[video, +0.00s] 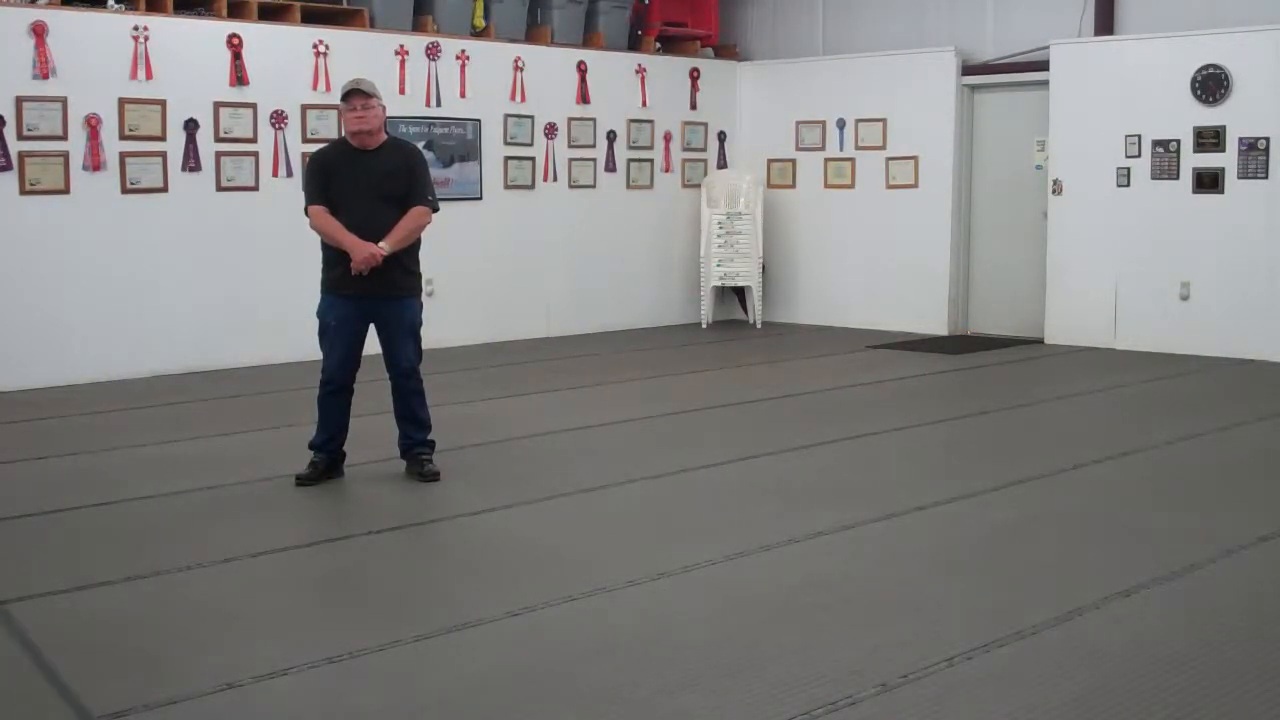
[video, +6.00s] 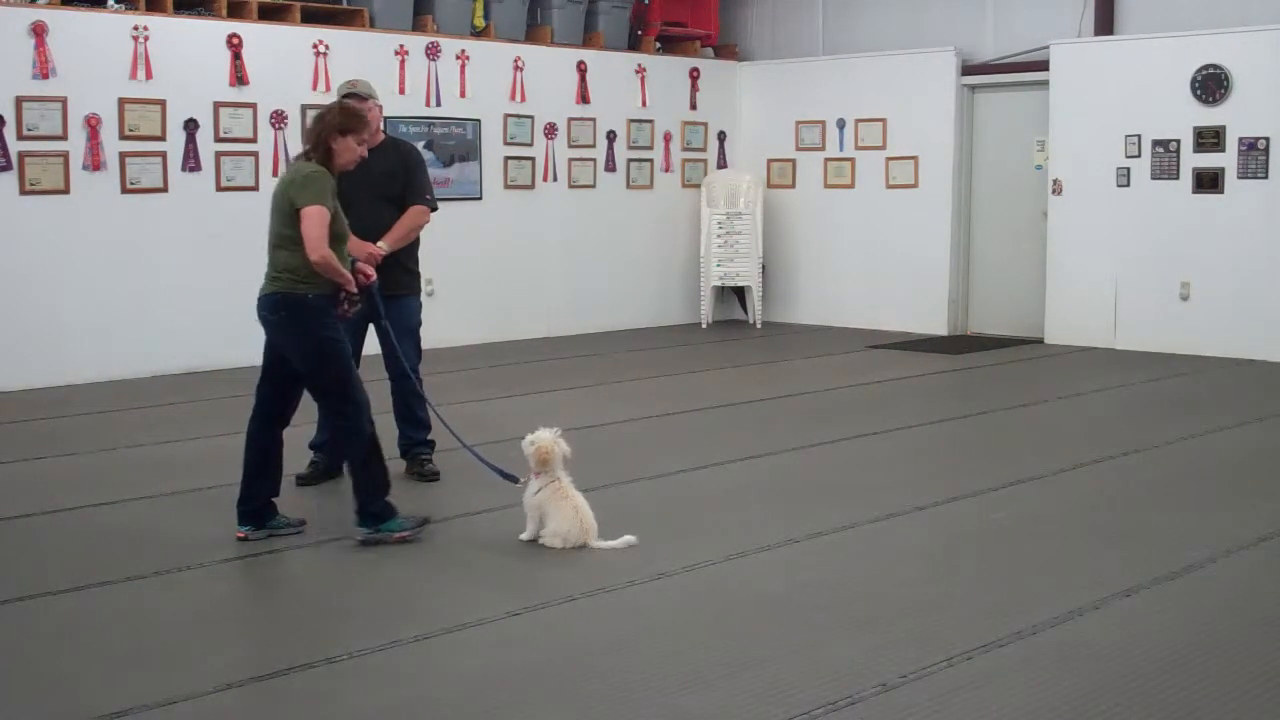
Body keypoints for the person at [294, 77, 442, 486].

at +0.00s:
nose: (359, 114)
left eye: (366, 107)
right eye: (351, 109)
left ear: (382, 111)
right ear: (341, 117)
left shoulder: (407, 155)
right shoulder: (323, 161)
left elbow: (422, 213)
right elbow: (317, 215)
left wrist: (379, 250)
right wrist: (355, 246)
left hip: (398, 287)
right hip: (342, 288)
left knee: (406, 373)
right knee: (335, 375)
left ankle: (419, 452)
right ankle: (327, 455)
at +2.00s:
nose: (357, 117)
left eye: (364, 109)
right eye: (350, 111)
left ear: (381, 113)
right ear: (339, 118)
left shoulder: (406, 155)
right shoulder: (321, 161)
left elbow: (421, 212)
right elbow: (316, 215)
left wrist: (378, 250)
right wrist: (355, 246)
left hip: (397, 289)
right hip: (342, 290)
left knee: (407, 373)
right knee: (335, 378)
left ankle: (418, 451)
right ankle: (327, 461)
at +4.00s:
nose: (361, 116)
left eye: (366, 109)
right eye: (353, 111)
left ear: (380, 112)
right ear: (341, 118)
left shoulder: (405, 154)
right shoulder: (327, 160)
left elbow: (421, 210)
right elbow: (313, 212)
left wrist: (375, 250)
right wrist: (351, 244)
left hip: (397, 285)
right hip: (342, 286)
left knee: (406, 372)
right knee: (336, 377)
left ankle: (415, 454)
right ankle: (329, 458)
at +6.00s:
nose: (358, 117)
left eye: (363, 108)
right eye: (350, 111)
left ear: (379, 110)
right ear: (340, 115)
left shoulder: (405, 154)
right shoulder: (331, 157)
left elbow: (421, 211)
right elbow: (318, 216)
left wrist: (378, 250)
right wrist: (347, 250)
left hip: (397, 280)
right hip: (343, 279)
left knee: (405, 370)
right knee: (336, 372)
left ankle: (418, 450)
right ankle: (328, 453)